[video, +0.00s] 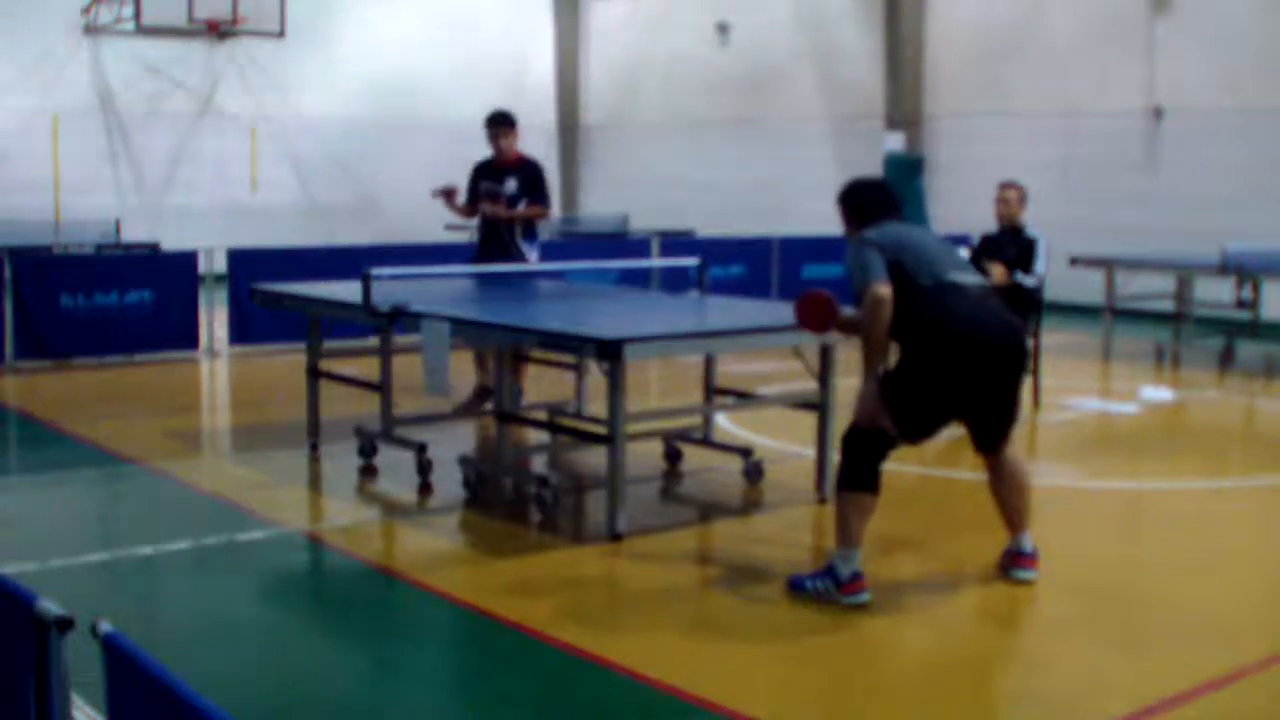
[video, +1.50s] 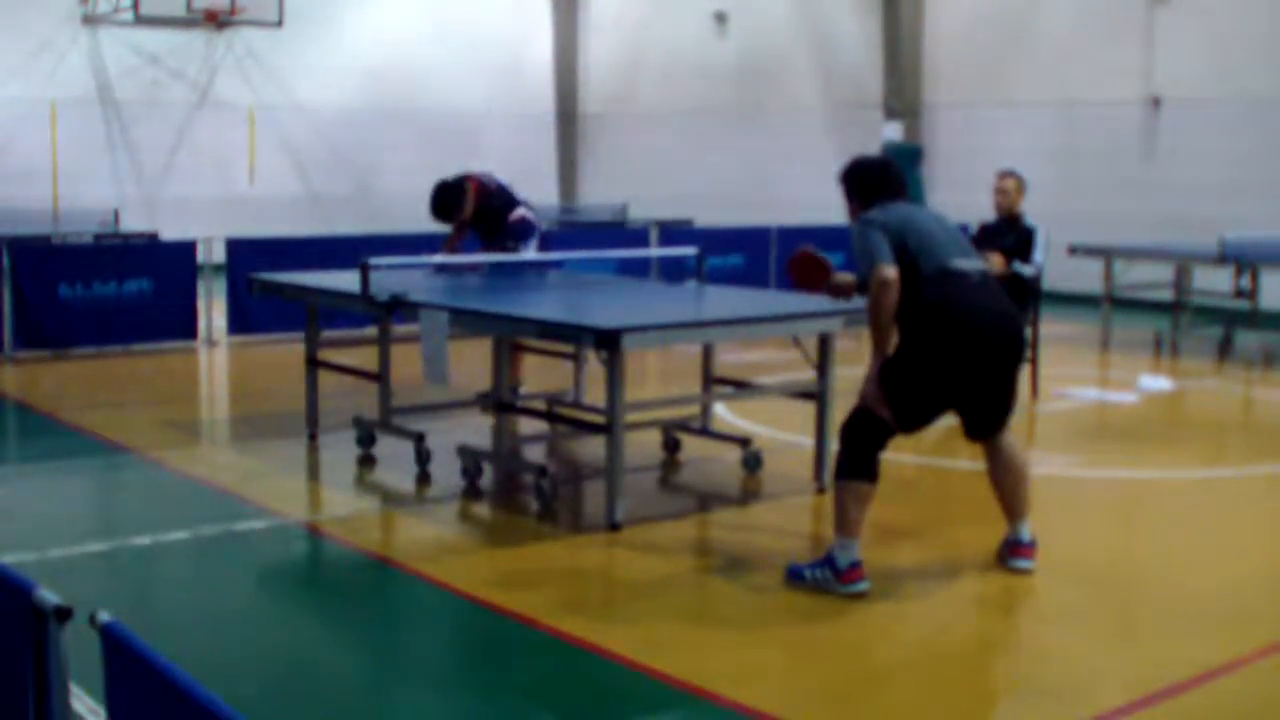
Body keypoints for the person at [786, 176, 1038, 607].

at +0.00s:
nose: (844, 228)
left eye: (844, 220)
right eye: (842, 220)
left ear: (853, 218)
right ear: (894, 209)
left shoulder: (866, 241)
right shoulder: (926, 238)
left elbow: (879, 297)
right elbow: (924, 321)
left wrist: (871, 379)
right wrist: (846, 322)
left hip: (941, 355)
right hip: (1003, 349)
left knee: (863, 444)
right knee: (996, 446)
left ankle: (845, 568)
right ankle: (1023, 547)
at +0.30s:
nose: (846, 222)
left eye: (846, 213)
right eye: (844, 212)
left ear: (856, 212)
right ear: (897, 199)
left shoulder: (868, 239)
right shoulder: (936, 229)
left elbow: (875, 318)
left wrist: (860, 397)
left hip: (941, 352)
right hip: (1005, 346)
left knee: (869, 439)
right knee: (999, 438)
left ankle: (845, 561)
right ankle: (1022, 541)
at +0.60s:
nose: (850, 218)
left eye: (850, 209)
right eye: (849, 209)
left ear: (858, 207)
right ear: (899, 196)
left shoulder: (872, 233)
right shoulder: (937, 226)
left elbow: (882, 302)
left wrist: (872, 380)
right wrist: (855, 302)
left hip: (944, 352)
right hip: (1006, 347)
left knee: (871, 438)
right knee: (999, 438)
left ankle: (845, 562)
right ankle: (1023, 542)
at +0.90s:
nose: (849, 218)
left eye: (848, 208)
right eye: (847, 208)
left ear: (857, 206)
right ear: (899, 194)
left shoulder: (872, 229)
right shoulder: (936, 222)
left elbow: (889, 281)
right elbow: (934, 279)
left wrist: (879, 368)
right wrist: (857, 292)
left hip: (942, 347)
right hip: (1004, 342)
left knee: (867, 437)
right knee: (997, 435)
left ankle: (845, 561)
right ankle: (1022, 539)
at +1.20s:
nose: (848, 213)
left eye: (847, 204)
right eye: (846, 204)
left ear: (856, 202)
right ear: (898, 191)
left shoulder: (872, 225)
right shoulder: (933, 220)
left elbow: (888, 278)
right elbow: (929, 283)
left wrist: (881, 361)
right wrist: (851, 291)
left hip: (940, 343)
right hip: (1001, 339)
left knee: (864, 435)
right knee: (995, 431)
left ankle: (844, 558)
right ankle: (1022, 537)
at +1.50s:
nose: (848, 210)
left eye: (847, 201)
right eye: (846, 201)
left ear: (855, 200)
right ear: (899, 189)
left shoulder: (870, 224)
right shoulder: (932, 219)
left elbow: (885, 280)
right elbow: (933, 278)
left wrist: (878, 360)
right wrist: (853, 285)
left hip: (939, 342)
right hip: (999, 337)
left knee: (861, 434)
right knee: (993, 431)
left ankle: (845, 558)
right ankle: (1021, 537)